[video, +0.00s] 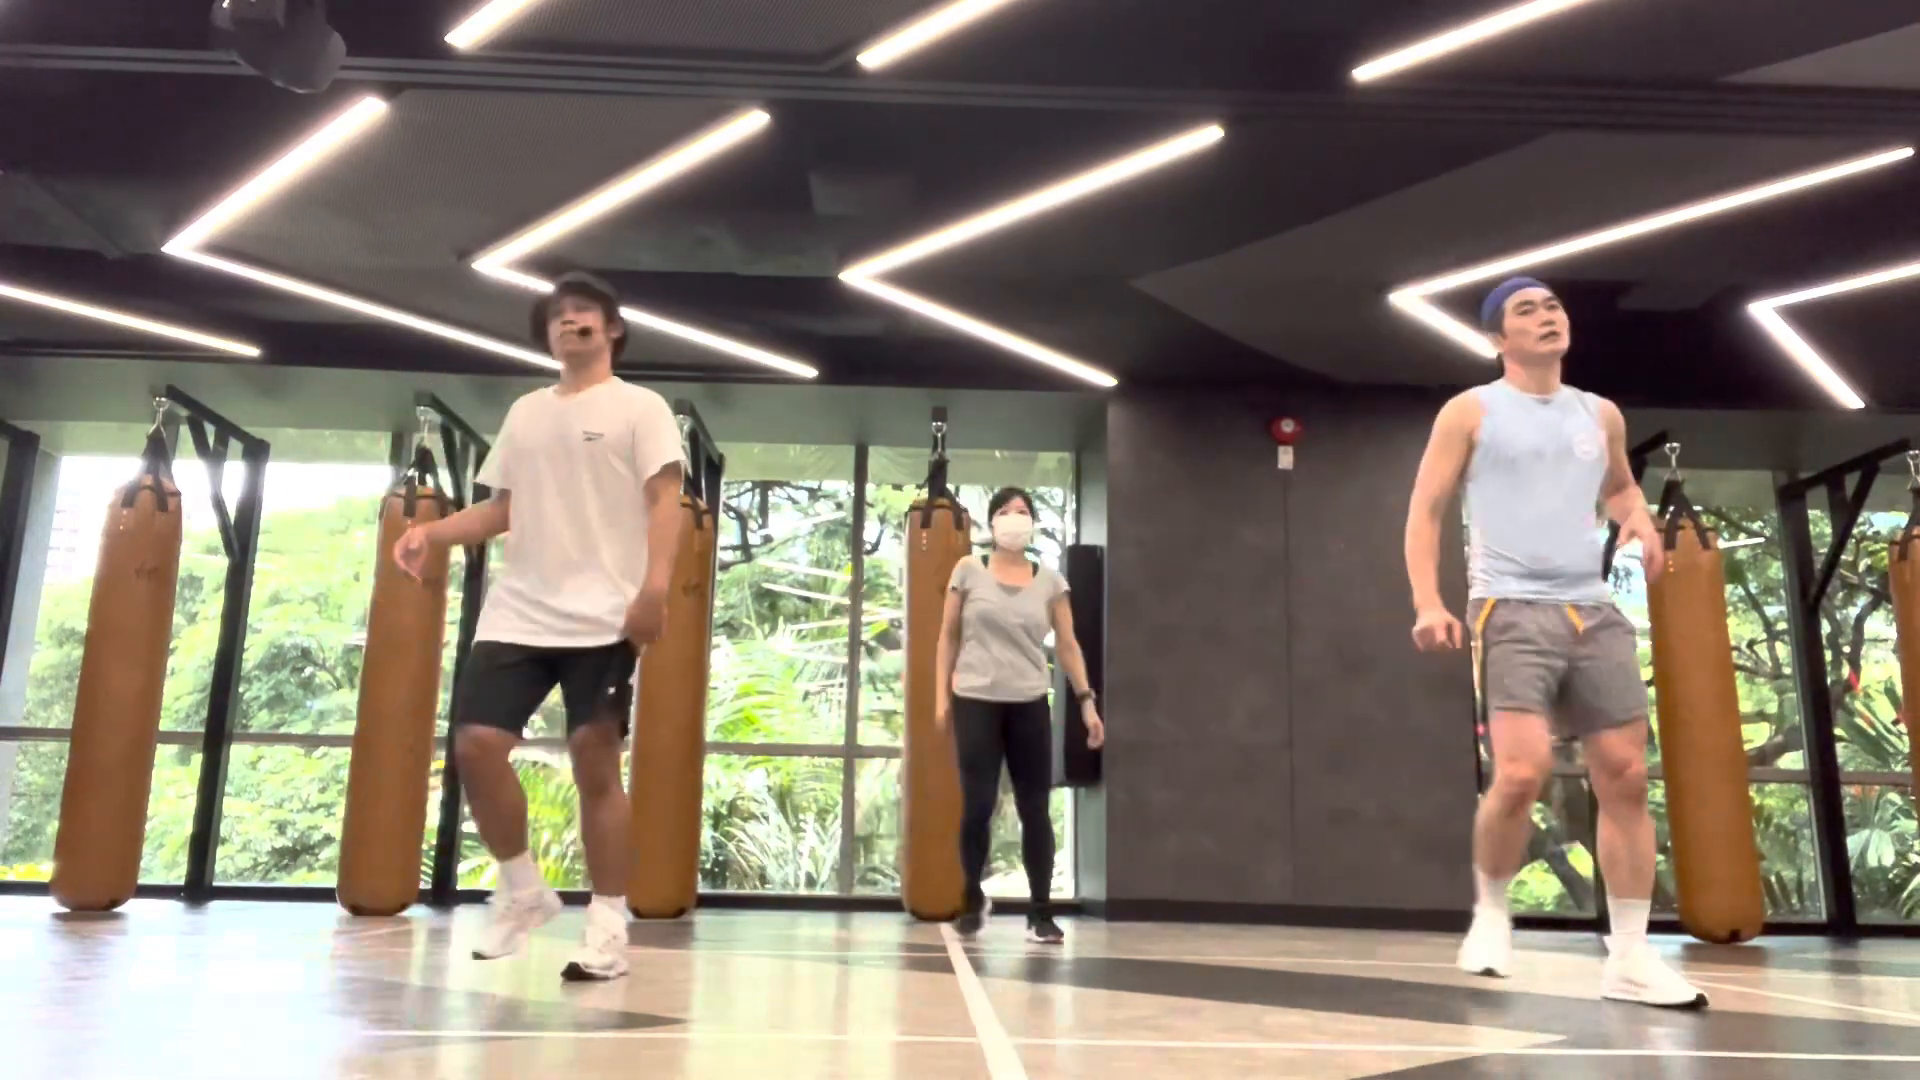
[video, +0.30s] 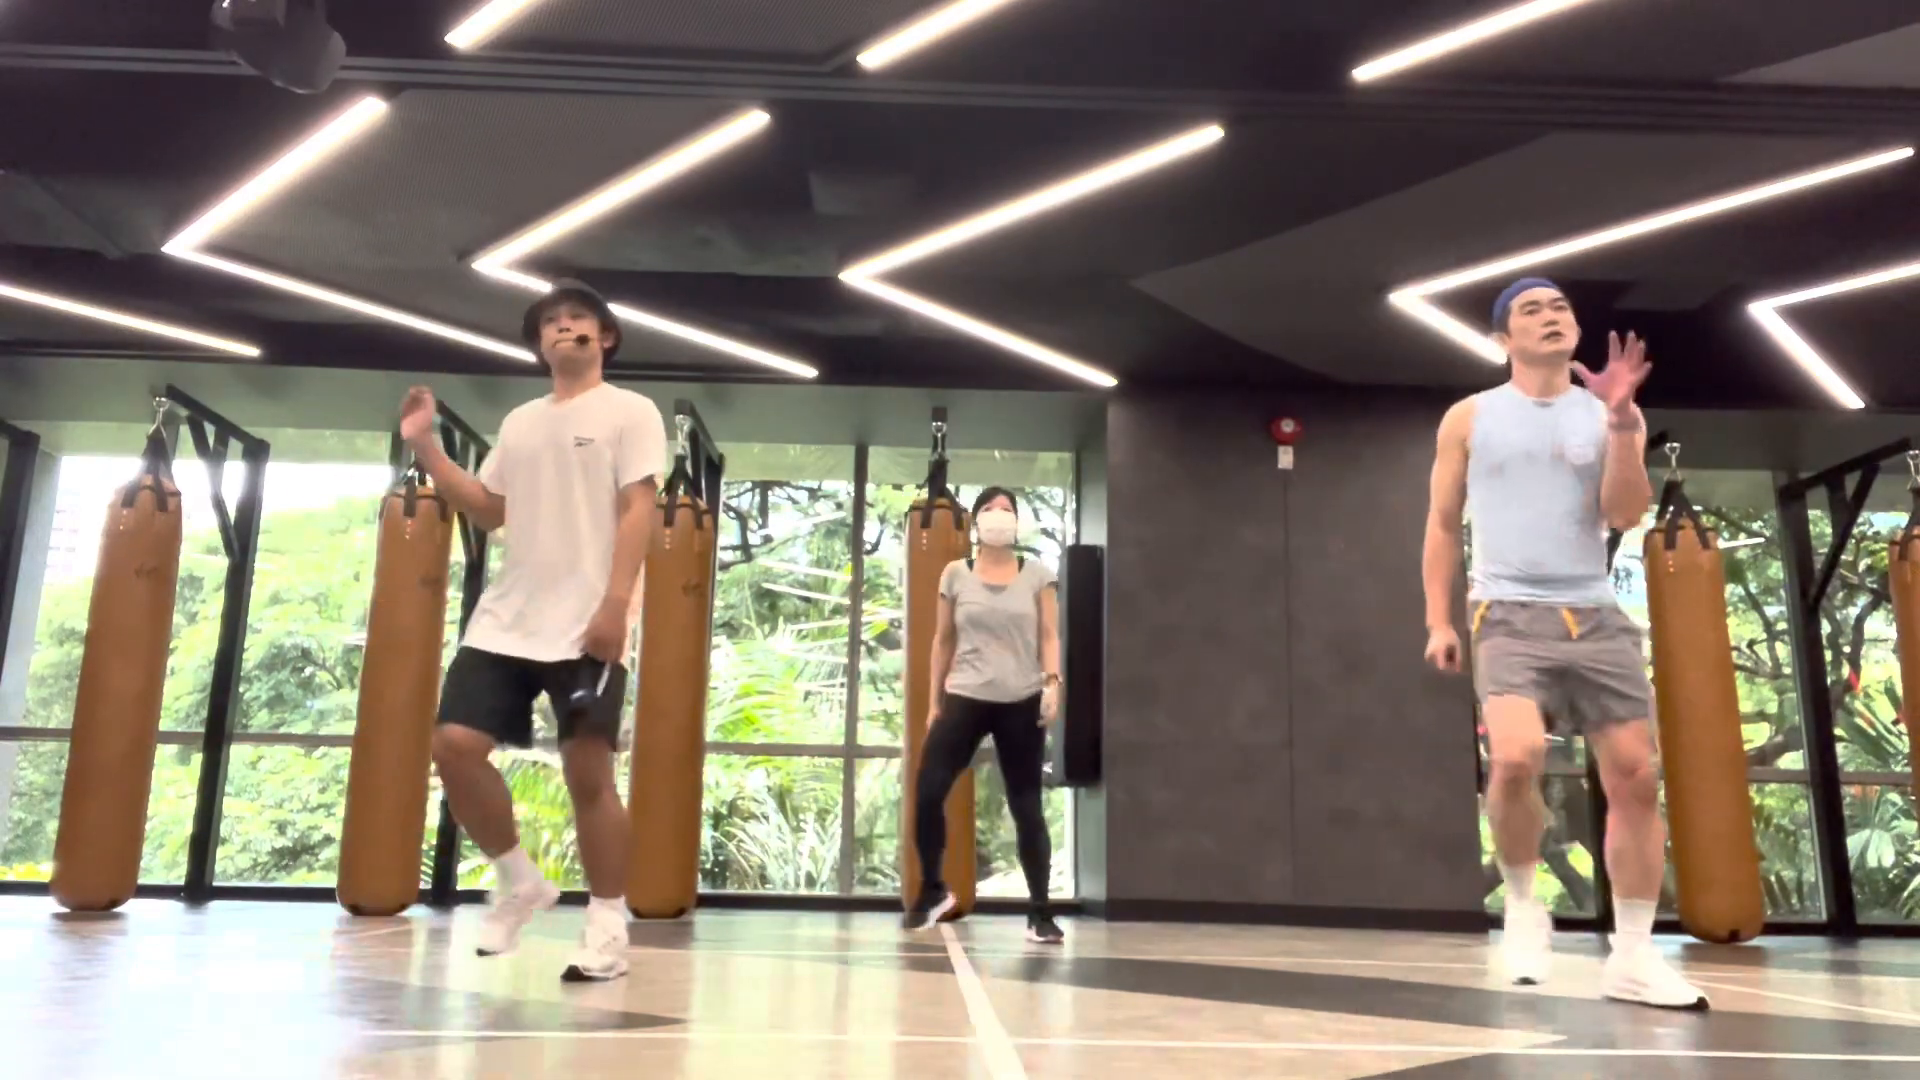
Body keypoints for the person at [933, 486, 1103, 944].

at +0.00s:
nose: (1014, 519)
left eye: (1022, 513)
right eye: (1004, 513)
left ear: (1033, 528)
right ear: (990, 526)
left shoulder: (1048, 580)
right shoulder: (969, 570)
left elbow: (1068, 645)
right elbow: (948, 635)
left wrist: (1087, 700)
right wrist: (942, 694)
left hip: (1030, 702)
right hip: (975, 700)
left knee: (1035, 809)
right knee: (978, 804)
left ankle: (1040, 912)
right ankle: (972, 900)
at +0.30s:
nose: (1000, 518)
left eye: (1007, 512)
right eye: (991, 512)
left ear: (1018, 525)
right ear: (974, 524)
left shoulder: (1035, 572)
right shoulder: (955, 573)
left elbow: (1048, 634)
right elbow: (942, 640)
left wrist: (1052, 684)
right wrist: (935, 703)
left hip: (1020, 701)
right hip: (965, 699)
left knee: (1028, 807)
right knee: (928, 789)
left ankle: (1039, 913)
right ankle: (933, 890)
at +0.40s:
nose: (983, 520)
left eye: (991, 514)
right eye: (973, 515)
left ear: (1003, 528)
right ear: (959, 530)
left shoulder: (1022, 573)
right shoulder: (942, 579)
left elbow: (1036, 634)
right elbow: (931, 646)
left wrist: (1034, 684)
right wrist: (924, 705)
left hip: (1007, 707)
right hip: (949, 704)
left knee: (1021, 810)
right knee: (903, 798)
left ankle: (1040, 913)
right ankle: (874, 892)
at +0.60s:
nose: (937, 532)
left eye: (946, 525)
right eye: (928, 524)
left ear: (959, 537)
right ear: (911, 534)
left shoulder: (970, 589)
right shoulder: (890, 587)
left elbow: (988, 651)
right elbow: (880, 654)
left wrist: (996, 697)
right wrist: (872, 707)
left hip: (951, 718)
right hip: (892, 717)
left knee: (989, 813)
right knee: (852, 814)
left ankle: (1037, 907)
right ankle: (823, 907)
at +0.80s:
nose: (903, 516)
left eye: (912, 511)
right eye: (894, 508)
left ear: (921, 528)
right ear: (876, 521)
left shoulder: (928, 576)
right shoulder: (848, 568)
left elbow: (940, 639)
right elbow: (826, 628)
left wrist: (951, 697)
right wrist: (807, 682)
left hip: (908, 701)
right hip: (850, 700)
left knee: (933, 798)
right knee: (834, 805)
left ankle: (972, 893)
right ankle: (822, 907)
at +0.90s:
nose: (892, 516)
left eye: (901, 510)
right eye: (884, 508)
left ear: (910, 524)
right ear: (867, 518)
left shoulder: (919, 576)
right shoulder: (839, 565)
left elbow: (926, 641)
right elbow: (809, 625)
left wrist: (929, 695)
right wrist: (788, 679)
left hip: (898, 696)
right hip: (842, 695)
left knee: (894, 793)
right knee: (831, 803)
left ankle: (908, 894)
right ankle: (822, 904)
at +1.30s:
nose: (913, 516)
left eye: (921, 512)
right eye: (904, 508)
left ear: (928, 529)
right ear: (884, 521)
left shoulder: (931, 580)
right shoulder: (856, 559)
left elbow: (922, 641)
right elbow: (819, 614)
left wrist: (922, 691)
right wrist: (808, 671)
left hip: (909, 699)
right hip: (853, 697)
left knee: (951, 789)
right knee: (839, 805)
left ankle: (974, 890)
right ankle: (819, 905)